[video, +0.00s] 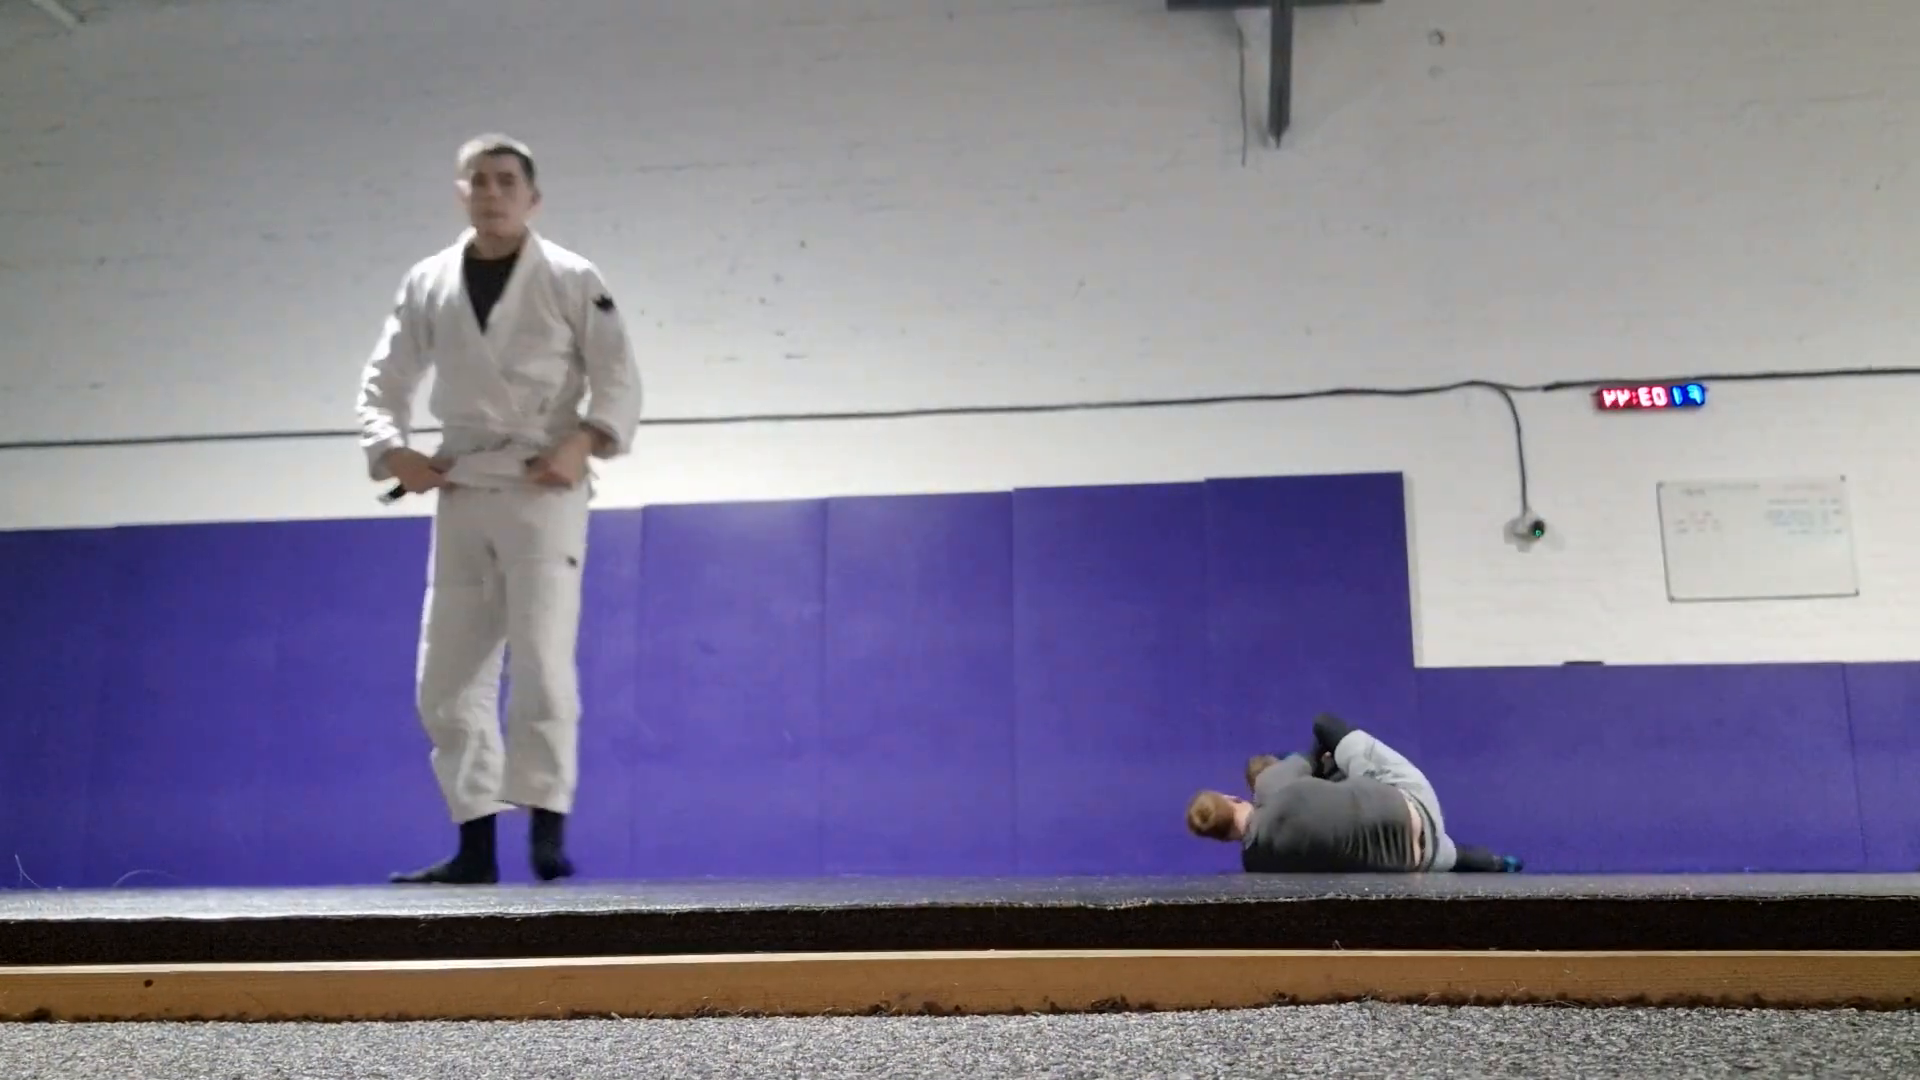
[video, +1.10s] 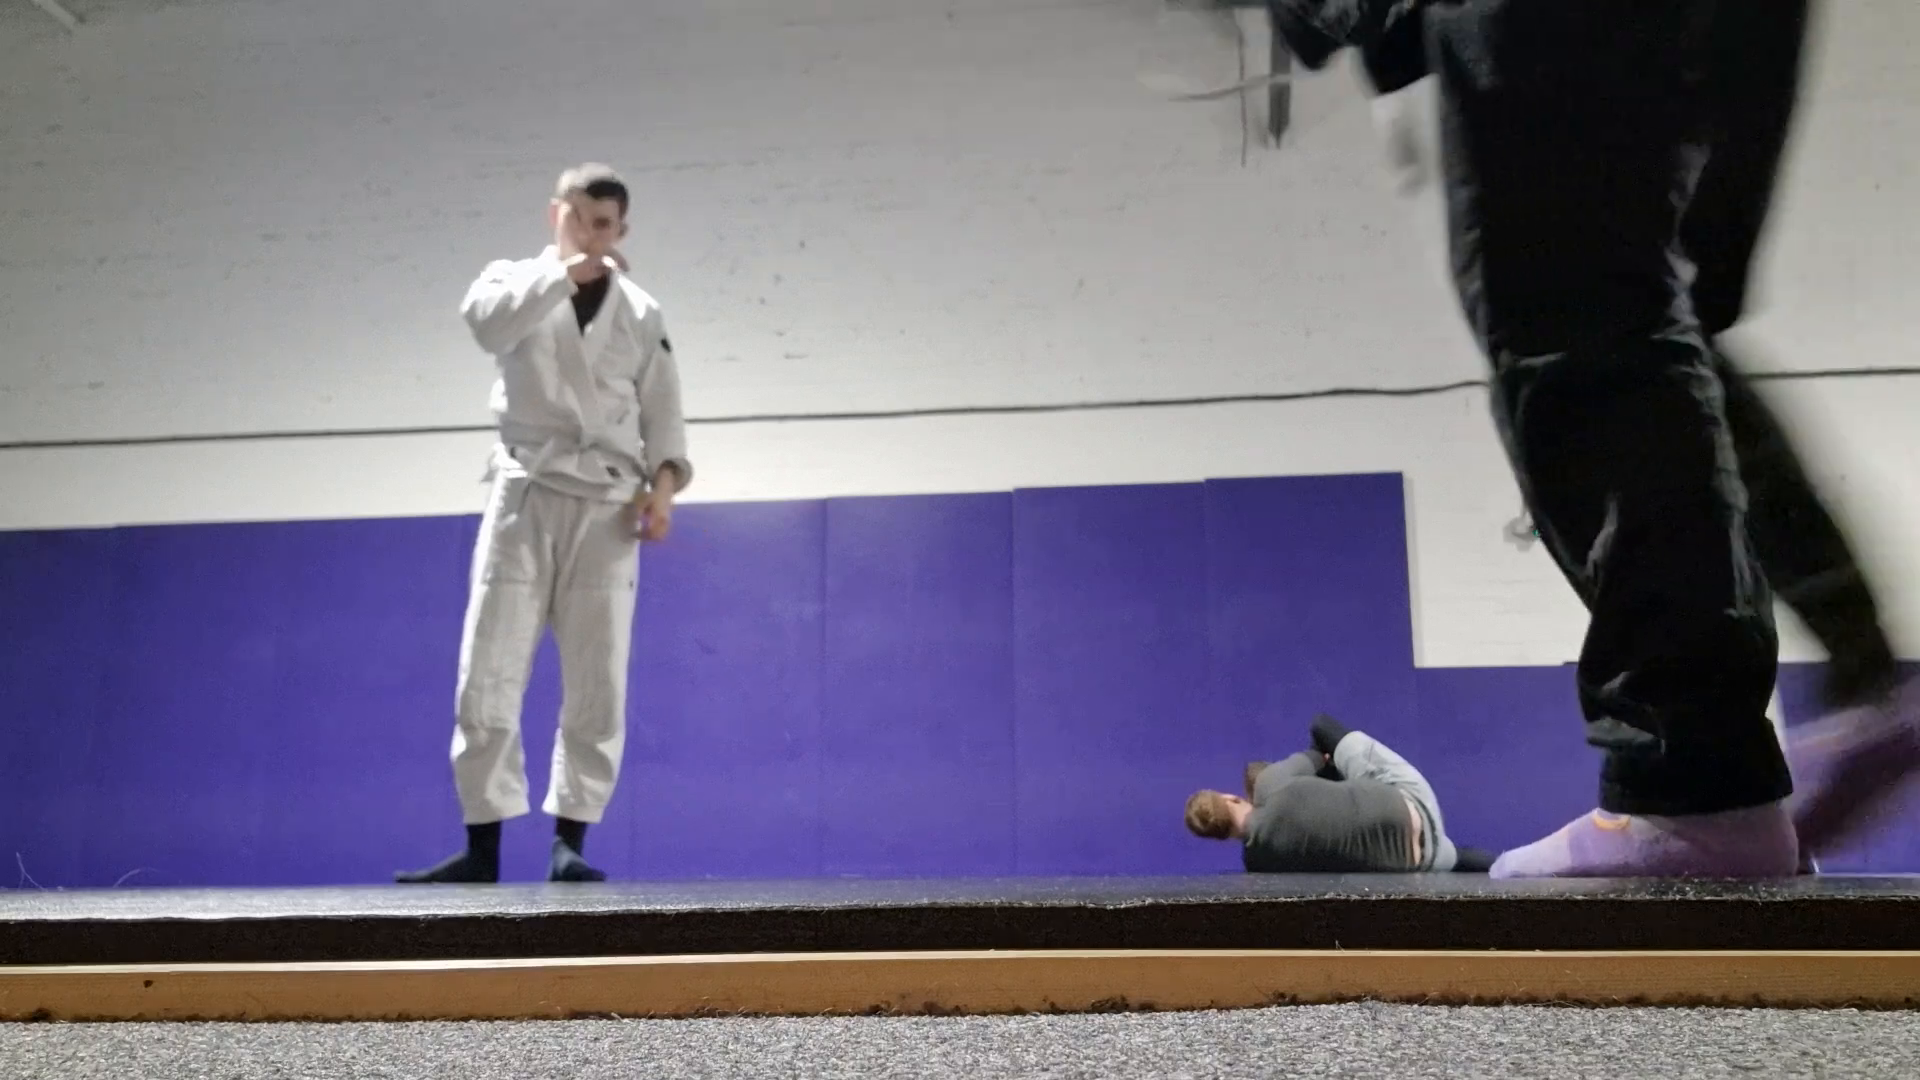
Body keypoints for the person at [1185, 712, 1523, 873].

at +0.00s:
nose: (1231, 792)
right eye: (1229, 793)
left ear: (1219, 839)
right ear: (1233, 798)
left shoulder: (1257, 866)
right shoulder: (1274, 784)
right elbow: (1305, 762)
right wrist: (1269, 769)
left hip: (1421, 861)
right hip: (1417, 810)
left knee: (1454, 854)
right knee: (1330, 726)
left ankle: (1501, 864)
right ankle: (1327, 770)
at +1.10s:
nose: (1230, 793)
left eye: (1225, 793)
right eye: (1227, 793)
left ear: (1216, 840)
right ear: (1230, 797)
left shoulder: (1258, 864)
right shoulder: (1274, 782)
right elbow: (1321, 758)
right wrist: (1265, 775)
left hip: (1423, 863)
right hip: (1416, 808)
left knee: (1458, 856)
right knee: (1324, 727)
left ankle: (1514, 866)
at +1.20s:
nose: (1232, 795)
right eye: (1228, 795)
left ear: (1217, 841)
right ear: (1231, 798)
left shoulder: (1258, 864)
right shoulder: (1271, 781)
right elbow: (1317, 757)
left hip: (1422, 865)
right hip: (1415, 810)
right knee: (1342, 740)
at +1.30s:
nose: (1227, 795)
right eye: (1225, 797)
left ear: (1217, 841)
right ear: (1227, 798)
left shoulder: (1258, 865)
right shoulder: (1269, 785)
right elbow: (1317, 758)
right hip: (1386, 806)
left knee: (1458, 863)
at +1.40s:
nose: (1228, 795)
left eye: (1220, 825)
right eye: (1224, 795)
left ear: (1221, 836)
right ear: (1230, 795)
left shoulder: (1254, 854)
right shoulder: (1274, 773)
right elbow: (1327, 760)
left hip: (1416, 857)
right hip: (1410, 805)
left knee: (1452, 856)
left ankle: (1512, 869)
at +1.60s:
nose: (1229, 806)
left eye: (1218, 813)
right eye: (1224, 805)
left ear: (1217, 840)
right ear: (1229, 797)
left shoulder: (1261, 856)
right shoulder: (1276, 778)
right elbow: (1331, 764)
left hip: (1405, 861)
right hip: (1412, 809)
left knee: (1451, 859)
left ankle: (1506, 867)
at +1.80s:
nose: (1212, 815)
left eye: (1206, 811)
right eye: (1208, 819)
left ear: (1220, 800)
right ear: (1220, 821)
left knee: (1445, 855)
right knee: (1441, 848)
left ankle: (1503, 864)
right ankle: (1498, 862)